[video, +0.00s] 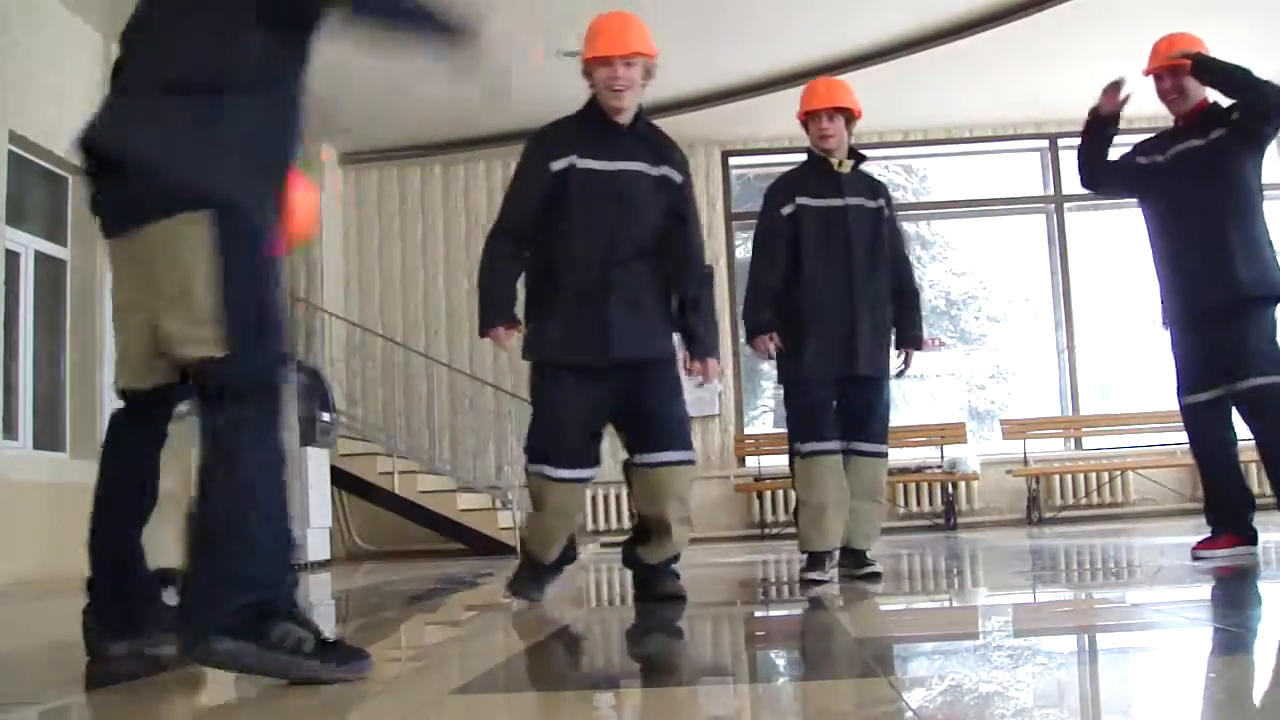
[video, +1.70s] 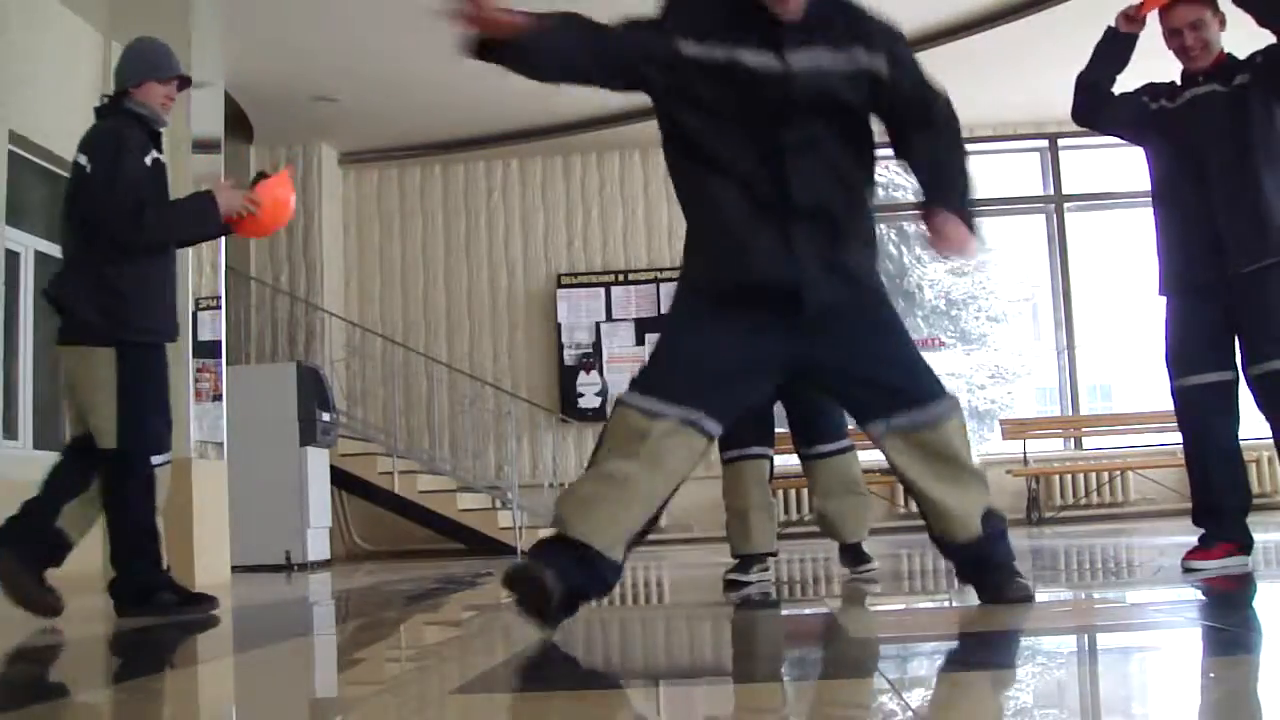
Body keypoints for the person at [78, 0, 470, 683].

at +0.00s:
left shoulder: (160, 17)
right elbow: (366, 4)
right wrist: (445, 28)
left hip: (127, 162)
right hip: (207, 165)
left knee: (145, 404)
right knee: (246, 393)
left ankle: (119, 624)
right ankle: (239, 613)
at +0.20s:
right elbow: (192, 66)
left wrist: (239, 123)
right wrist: (292, 89)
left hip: (142, 189)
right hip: (134, 186)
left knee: (145, 396)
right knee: (148, 394)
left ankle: (125, 598)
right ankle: (58, 600)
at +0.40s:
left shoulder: (121, 24)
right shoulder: (78, 14)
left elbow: (140, 156)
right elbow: (120, 84)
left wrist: (219, 119)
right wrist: (218, 59)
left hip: (125, 245)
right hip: (72, 244)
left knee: (134, 418)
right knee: (49, 429)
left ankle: (113, 598)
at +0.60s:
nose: (130, 6)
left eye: (132, 3)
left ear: (117, 11)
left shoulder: (97, 59)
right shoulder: (23, 29)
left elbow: (104, 173)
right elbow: (47, 129)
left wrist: (171, 148)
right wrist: (155, 120)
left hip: (93, 280)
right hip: (23, 275)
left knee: (130, 423)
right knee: (14, 440)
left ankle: (100, 577)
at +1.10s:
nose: (107, 76)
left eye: (110, 66)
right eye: (103, 63)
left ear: (79, 55)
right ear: (75, 51)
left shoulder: (59, 107)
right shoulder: (26, 98)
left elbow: (69, 203)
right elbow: (39, 191)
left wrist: (135, 182)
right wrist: (125, 179)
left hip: (46, 303)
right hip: (26, 303)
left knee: (37, 433)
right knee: (42, 432)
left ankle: (12, 582)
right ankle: (10, 583)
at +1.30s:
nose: (119, 90)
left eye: (122, 80)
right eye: (116, 77)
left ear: (75, 66)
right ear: (89, 66)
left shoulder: (27, 111)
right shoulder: (57, 115)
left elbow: (78, 207)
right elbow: (77, 194)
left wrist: (148, 186)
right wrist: (153, 173)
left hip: (18, 313)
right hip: (53, 314)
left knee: (16, 450)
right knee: (94, 439)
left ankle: (4, 583)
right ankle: (86, 580)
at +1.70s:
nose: (175, 96)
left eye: (177, 87)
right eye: (167, 84)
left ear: (153, 88)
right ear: (136, 84)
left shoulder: (128, 139)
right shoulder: (120, 138)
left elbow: (149, 228)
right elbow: (132, 228)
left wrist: (223, 213)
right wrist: (211, 205)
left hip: (110, 327)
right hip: (115, 329)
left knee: (104, 446)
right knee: (129, 454)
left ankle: (26, 546)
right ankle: (140, 587)